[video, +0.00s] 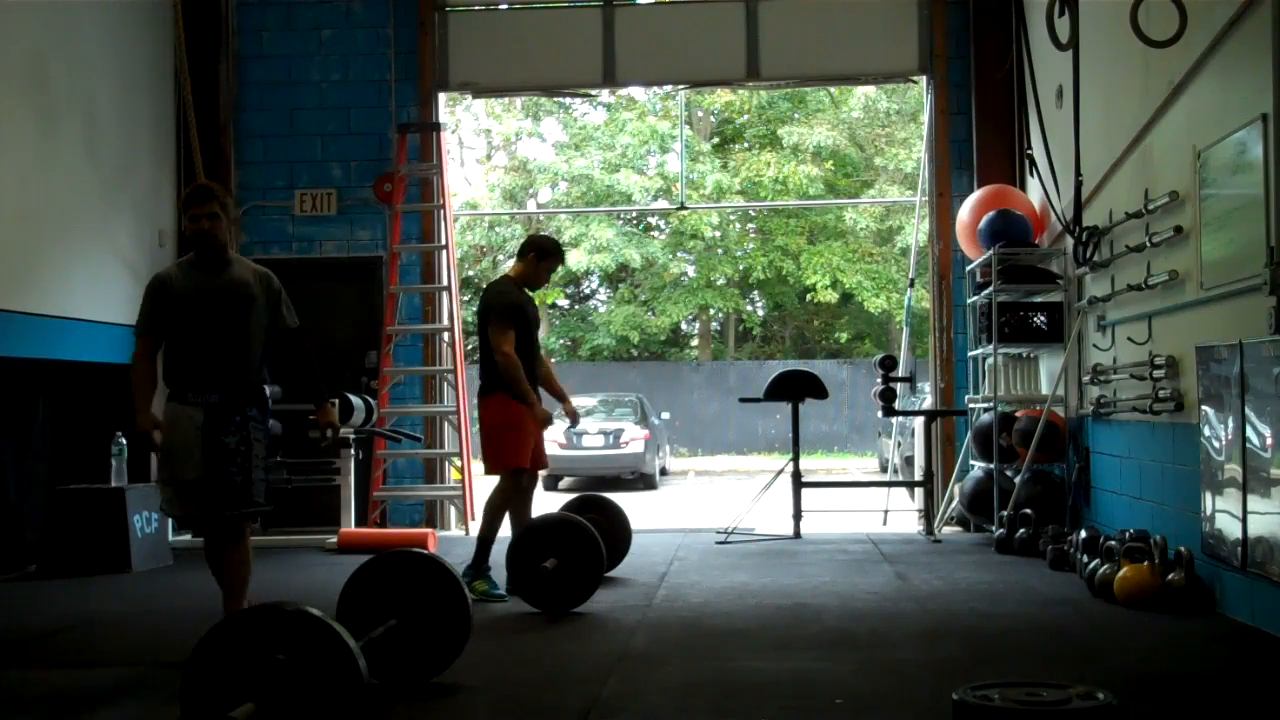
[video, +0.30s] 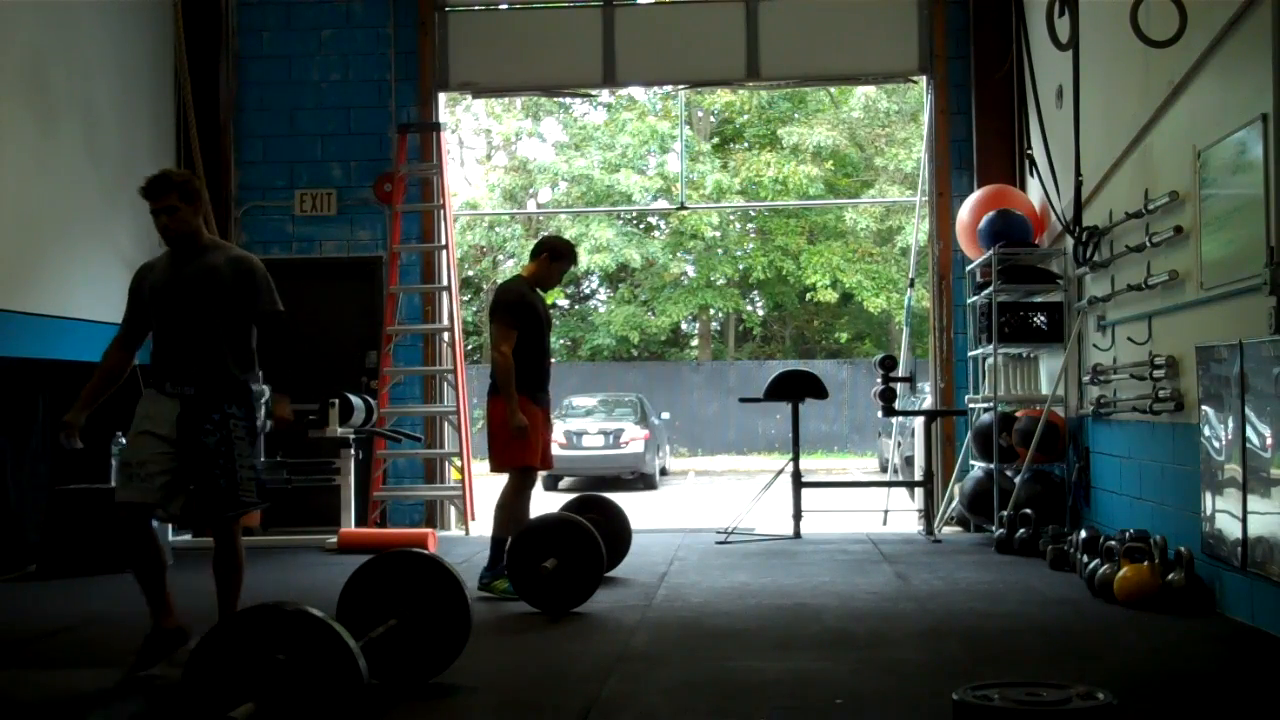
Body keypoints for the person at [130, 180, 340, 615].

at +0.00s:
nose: (204, 226)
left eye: (213, 218)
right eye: (195, 219)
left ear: (230, 223)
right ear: (184, 227)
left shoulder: (260, 281)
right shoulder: (166, 285)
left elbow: (293, 348)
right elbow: (145, 355)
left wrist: (322, 402)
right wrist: (143, 415)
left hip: (244, 418)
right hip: (190, 419)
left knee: (238, 528)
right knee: (209, 529)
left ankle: (235, 623)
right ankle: (239, 609)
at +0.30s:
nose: (163, 222)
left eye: (171, 212)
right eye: (156, 214)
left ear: (198, 208)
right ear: (152, 218)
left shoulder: (245, 269)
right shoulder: (151, 277)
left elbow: (275, 341)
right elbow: (123, 349)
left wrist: (279, 397)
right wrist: (82, 408)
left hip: (226, 414)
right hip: (163, 413)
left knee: (225, 529)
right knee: (134, 516)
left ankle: (228, 630)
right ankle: (166, 624)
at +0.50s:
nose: (122, 226)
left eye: (129, 215)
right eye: (118, 217)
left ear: (157, 211)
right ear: (121, 220)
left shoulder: (210, 270)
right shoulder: (125, 281)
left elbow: (237, 337)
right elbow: (108, 355)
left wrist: (215, 385)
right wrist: (71, 415)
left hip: (194, 418)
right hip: (135, 419)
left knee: (210, 533)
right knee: (122, 535)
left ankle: (225, 637)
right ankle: (108, 655)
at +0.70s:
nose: (65, 225)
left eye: (69, 213)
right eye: (63, 215)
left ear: (98, 207)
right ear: (90, 210)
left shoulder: (163, 263)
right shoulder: (87, 275)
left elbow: (186, 344)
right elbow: (64, 341)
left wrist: (167, 401)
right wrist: (20, 379)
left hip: (150, 422)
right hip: (94, 423)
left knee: (156, 529)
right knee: (88, 543)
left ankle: (211, 617)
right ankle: (96, 660)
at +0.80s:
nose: (45, 227)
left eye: (47, 215)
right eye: (42, 217)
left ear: (72, 207)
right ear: (77, 207)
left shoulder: (142, 259)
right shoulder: (68, 269)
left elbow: (168, 338)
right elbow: (21, 322)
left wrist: (147, 403)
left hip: (125, 420)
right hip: (78, 419)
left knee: (118, 535)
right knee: (78, 542)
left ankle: (177, 611)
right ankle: (95, 661)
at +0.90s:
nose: (24, 224)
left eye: (25, 214)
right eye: (21, 216)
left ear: (45, 206)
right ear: (64, 200)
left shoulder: (124, 256)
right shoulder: (47, 259)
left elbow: (145, 335)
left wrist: (128, 401)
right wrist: (9, 274)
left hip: (103, 412)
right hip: (66, 410)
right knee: (71, 532)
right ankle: (91, 658)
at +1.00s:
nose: (12, 233)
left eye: (14, 221)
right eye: (8, 224)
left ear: (32, 209)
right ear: (46, 201)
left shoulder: (106, 257)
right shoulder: (33, 259)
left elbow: (125, 343)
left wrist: (110, 407)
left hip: (82, 418)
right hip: (48, 416)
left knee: (60, 544)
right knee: (67, 543)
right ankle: (92, 668)